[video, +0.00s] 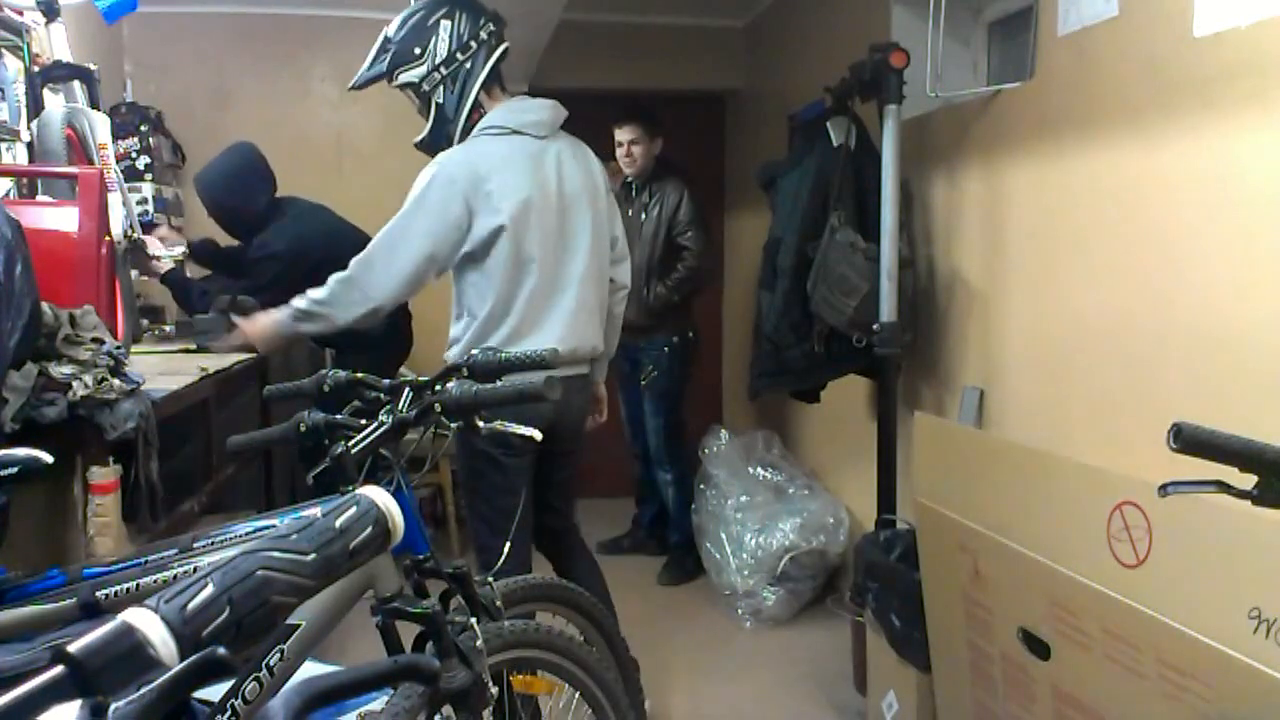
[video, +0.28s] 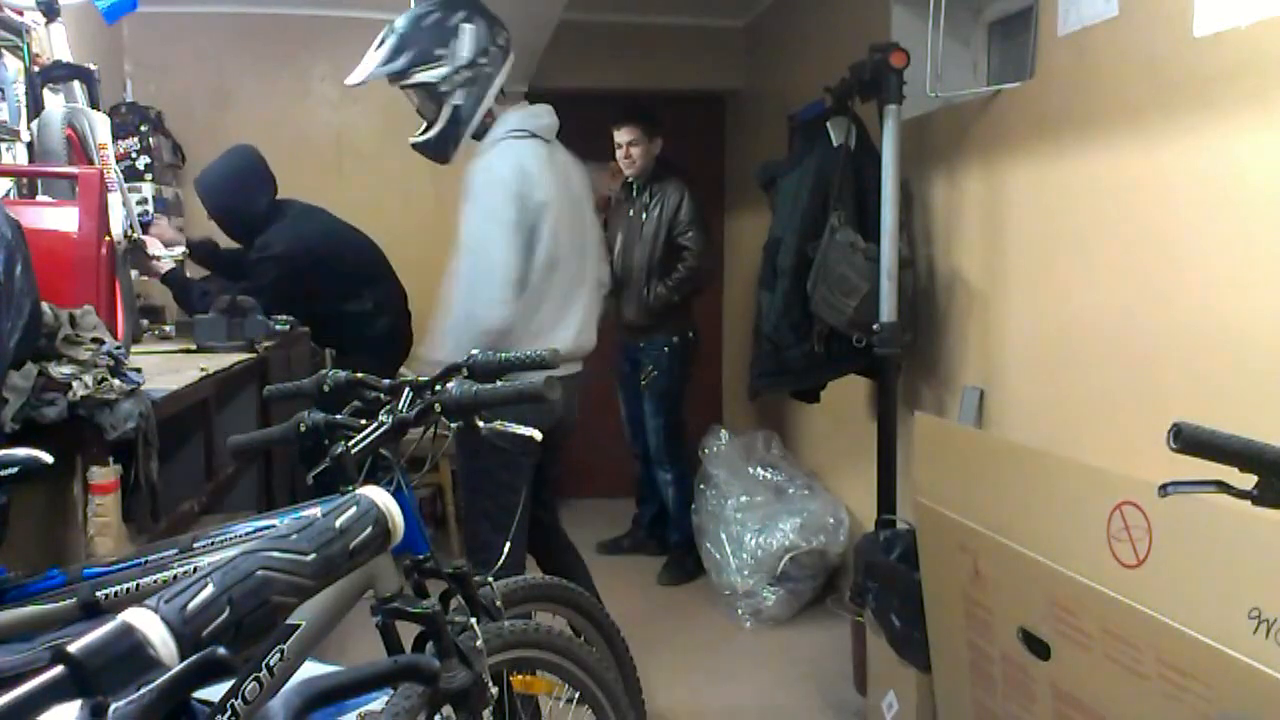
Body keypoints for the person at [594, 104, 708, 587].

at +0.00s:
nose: (625, 153)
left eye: (634, 144)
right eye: (619, 145)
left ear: (657, 145)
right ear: (613, 151)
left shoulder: (675, 195)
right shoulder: (615, 197)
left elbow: (695, 261)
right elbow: (605, 254)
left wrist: (652, 301)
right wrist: (612, 298)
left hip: (664, 336)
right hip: (625, 335)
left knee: (664, 444)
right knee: (639, 442)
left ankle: (684, 545)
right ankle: (649, 529)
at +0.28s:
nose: (625, 154)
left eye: (633, 145)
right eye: (619, 147)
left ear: (656, 145)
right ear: (614, 153)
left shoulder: (676, 195)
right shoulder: (622, 200)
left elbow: (695, 261)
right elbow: (613, 257)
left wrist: (656, 299)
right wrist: (611, 292)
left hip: (666, 336)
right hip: (631, 334)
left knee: (664, 444)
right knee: (640, 442)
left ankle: (685, 546)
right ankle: (650, 529)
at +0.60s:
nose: (615, 165)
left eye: (620, 155)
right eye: (610, 159)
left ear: (647, 148)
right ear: (612, 163)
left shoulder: (677, 196)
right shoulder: (626, 202)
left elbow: (696, 260)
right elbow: (619, 260)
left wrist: (657, 299)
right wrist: (617, 299)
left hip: (666, 335)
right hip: (630, 334)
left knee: (664, 442)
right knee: (640, 442)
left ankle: (684, 546)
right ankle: (649, 529)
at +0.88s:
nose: (609, 170)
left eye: (613, 160)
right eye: (604, 164)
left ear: (638, 150)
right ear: (612, 165)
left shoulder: (674, 192)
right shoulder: (623, 202)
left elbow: (696, 260)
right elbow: (620, 261)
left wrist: (654, 301)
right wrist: (619, 301)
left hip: (669, 333)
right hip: (633, 331)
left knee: (664, 441)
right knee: (641, 440)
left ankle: (685, 547)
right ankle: (650, 528)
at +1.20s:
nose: (611, 170)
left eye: (613, 160)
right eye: (607, 163)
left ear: (634, 150)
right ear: (626, 154)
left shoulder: (672, 192)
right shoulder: (624, 200)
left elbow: (693, 260)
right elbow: (625, 261)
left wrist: (652, 303)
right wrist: (620, 300)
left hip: (668, 334)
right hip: (635, 333)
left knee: (664, 441)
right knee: (641, 441)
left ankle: (685, 545)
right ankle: (650, 529)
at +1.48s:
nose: (608, 166)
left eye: (611, 156)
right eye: (605, 159)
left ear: (629, 152)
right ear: (618, 158)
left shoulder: (669, 191)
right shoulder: (616, 199)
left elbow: (692, 260)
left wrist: (651, 300)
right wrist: (617, 298)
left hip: (666, 330)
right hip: (632, 330)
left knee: (662, 438)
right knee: (641, 437)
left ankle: (685, 544)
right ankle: (651, 527)